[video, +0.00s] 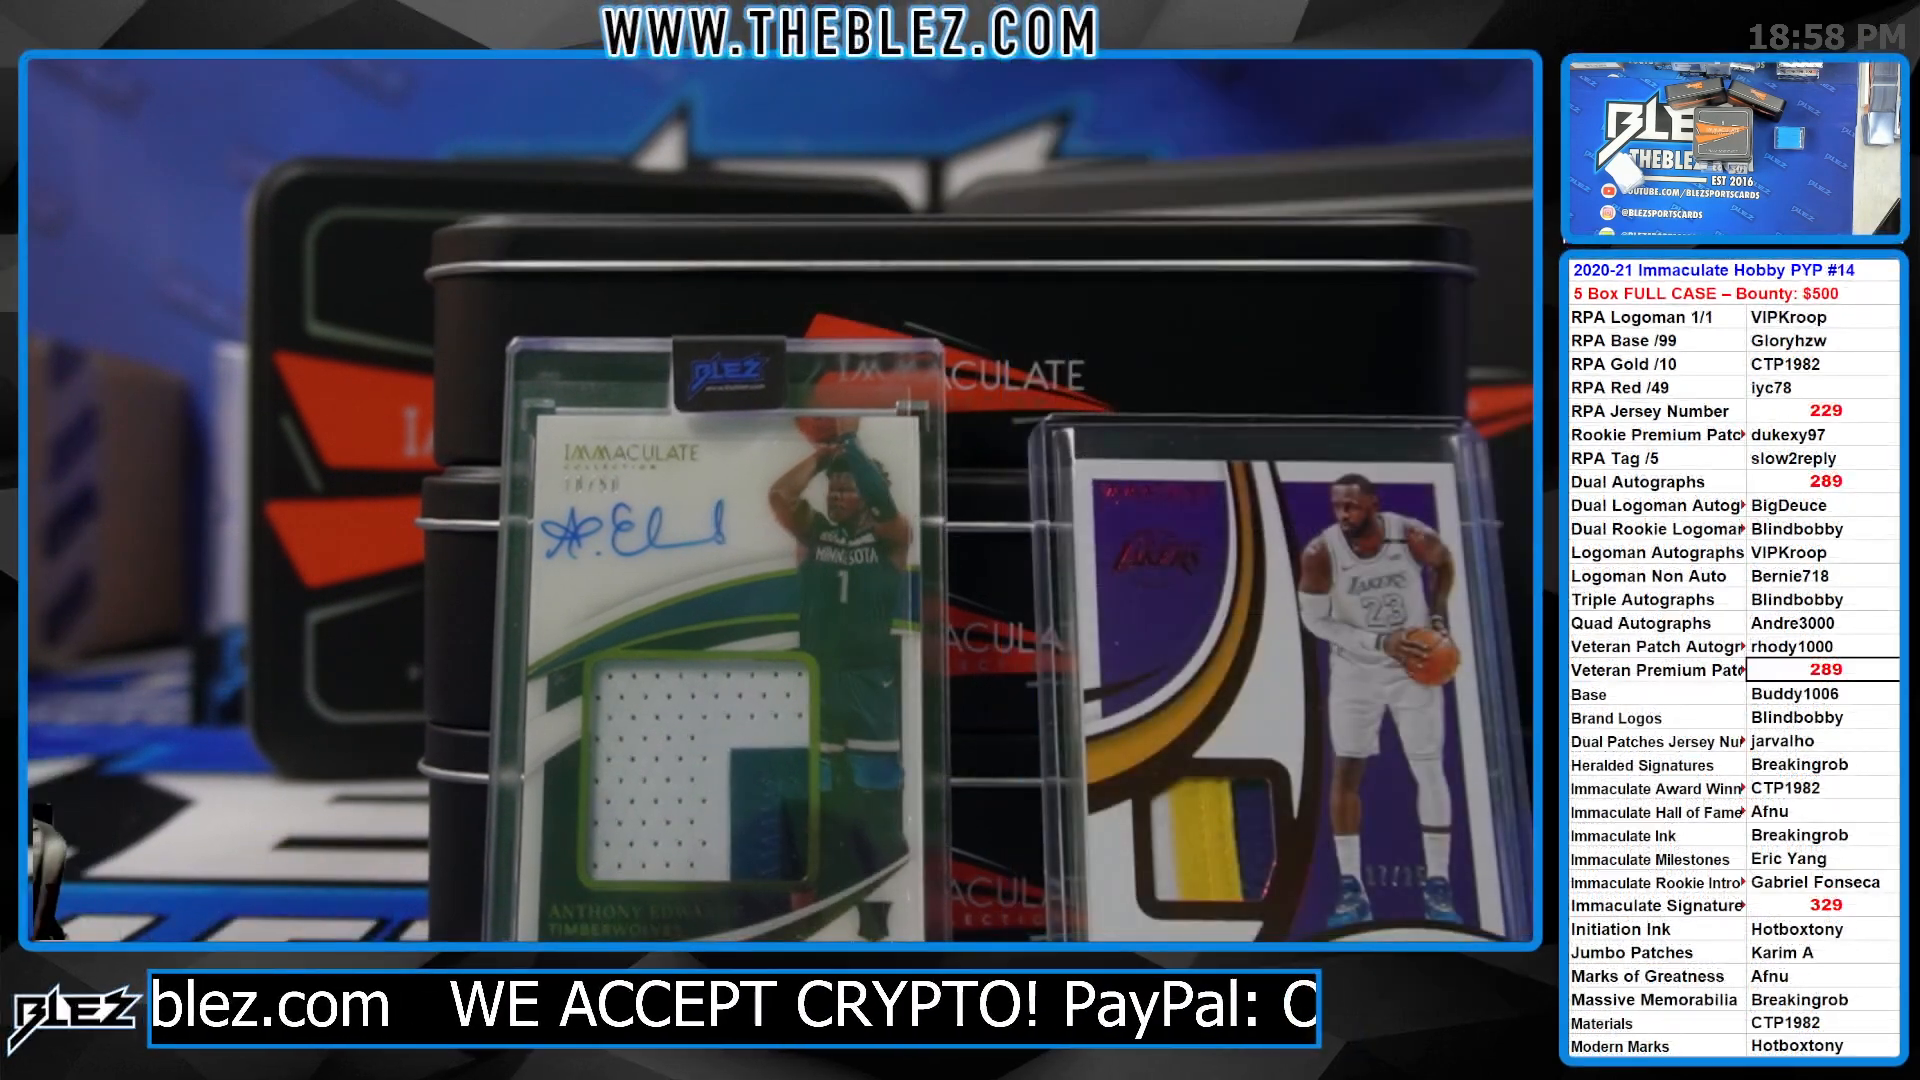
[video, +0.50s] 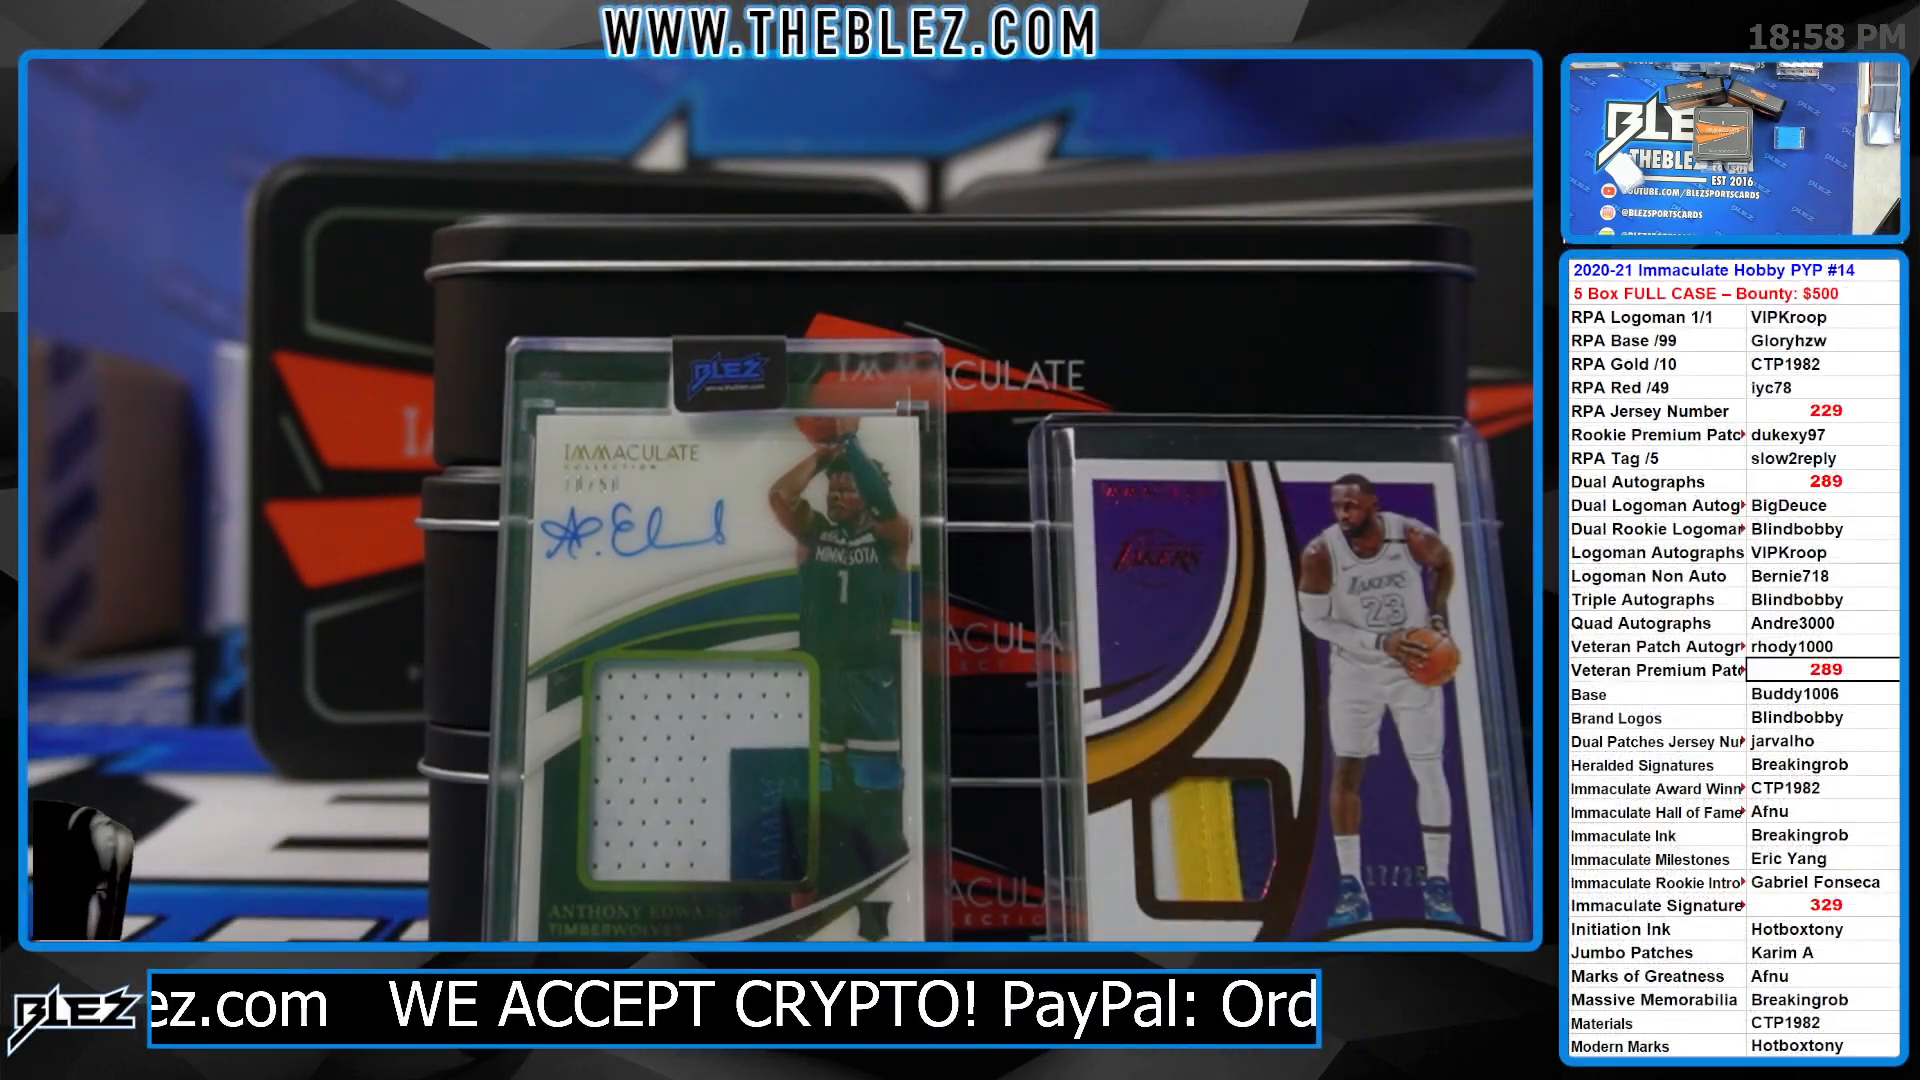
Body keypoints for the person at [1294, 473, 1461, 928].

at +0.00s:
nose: (1344, 514)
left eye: (1352, 506)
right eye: (1338, 507)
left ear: (1373, 505)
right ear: (1332, 509)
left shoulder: (1413, 536)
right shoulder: (1319, 554)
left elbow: (1444, 565)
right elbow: (1315, 621)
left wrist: (1437, 616)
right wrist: (1379, 642)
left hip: (1414, 673)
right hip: (1354, 675)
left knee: (1429, 771)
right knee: (1348, 774)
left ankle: (1438, 885)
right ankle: (1351, 889)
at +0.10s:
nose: (1344, 514)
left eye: (1352, 506)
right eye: (1338, 507)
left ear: (1373, 506)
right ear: (1332, 509)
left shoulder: (1413, 536)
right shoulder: (1319, 555)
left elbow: (1444, 564)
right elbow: (1315, 621)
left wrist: (1437, 617)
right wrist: (1379, 642)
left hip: (1414, 673)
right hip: (1354, 675)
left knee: (1429, 771)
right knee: (1348, 773)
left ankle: (1437, 884)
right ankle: (1351, 888)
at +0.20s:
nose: (1344, 514)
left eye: (1352, 506)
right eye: (1338, 506)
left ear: (1373, 505)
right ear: (1332, 509)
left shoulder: (1413, 536)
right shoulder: (1319, 555)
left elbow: (1444, 564)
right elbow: (1315, 620)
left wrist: (1437, 616)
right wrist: (1379, 642)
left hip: (1414, 673)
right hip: (1354, 675)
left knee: (1429, 771)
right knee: (1348, 773)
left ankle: (1438, 884)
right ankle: (1351, 888)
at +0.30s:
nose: (1343, 514)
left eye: (1351, 506)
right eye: (1337, 506)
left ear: (1373, 505)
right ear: (1332, 509)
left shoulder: (1412, 536)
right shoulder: (1319, 555)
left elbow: (1444, 564)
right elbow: (1315, 620)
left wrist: (1437, 616)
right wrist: (1379, 642)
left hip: (1414, 673)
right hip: (1354, 675)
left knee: (1429, 771)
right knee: (1348, 773)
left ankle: (1438, 884)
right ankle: (1350, 888)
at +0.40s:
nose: (1344, 514)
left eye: (1351, 506)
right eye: (1338, 506)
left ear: (1373, 505)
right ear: (1332, 509)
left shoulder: (1412, 536)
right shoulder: (1319, 555)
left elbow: (1444, 564)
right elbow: (1315, 621)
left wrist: (1437, 616)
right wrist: (1379, 642)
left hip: (1414, 673)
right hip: (1354, 675)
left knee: (1429, 771)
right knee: (1348, 773)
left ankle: (1437, 884)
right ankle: (1351, 888)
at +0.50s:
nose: (1343, 514)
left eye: (1351, 505)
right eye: (1337, 506)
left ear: (1373, 505)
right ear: (1332, 510)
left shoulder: (1412, 536)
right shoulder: (1319, 555)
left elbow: (1444, 563)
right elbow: (1315, 621)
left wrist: (1437, 616)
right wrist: (1379, 642)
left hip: (1414, 673)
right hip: (1354, 675)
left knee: (1429, 771)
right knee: (1348, 773)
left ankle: (1438, 884)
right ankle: (1351, 888)